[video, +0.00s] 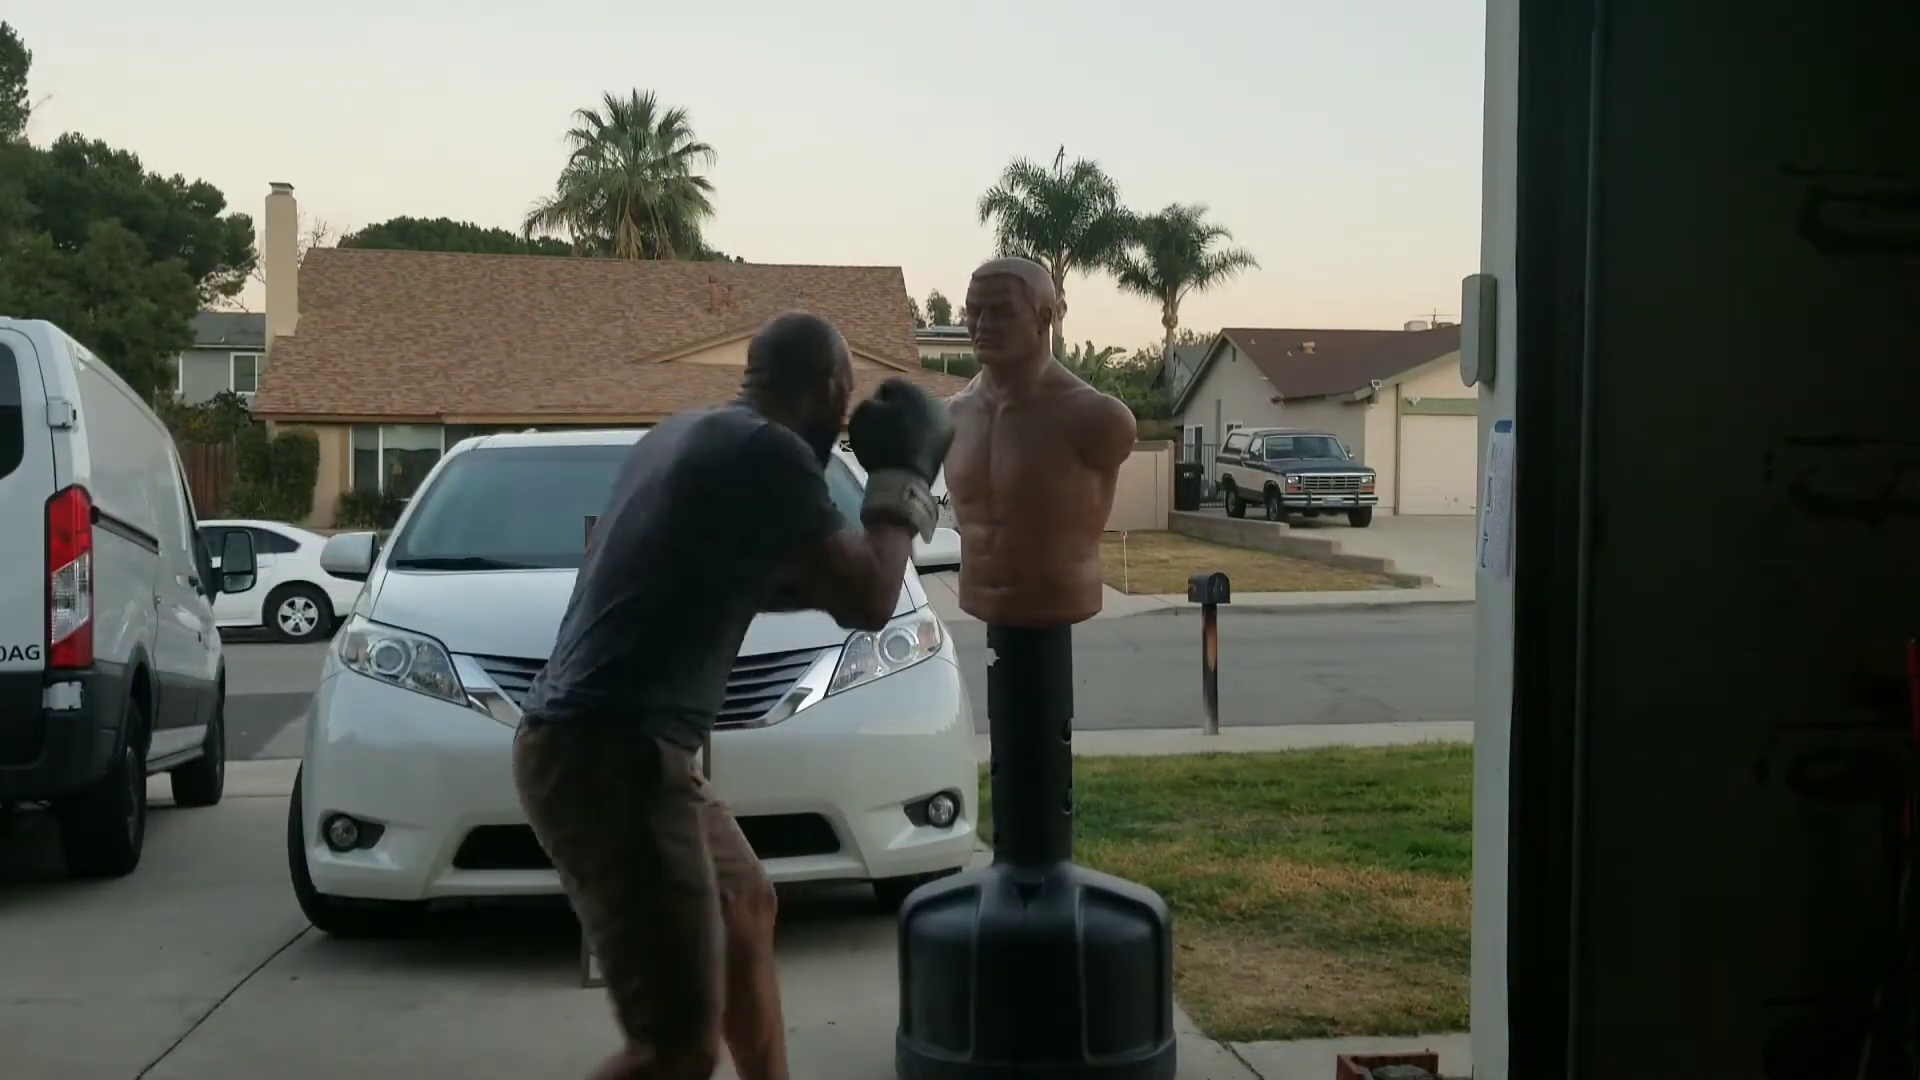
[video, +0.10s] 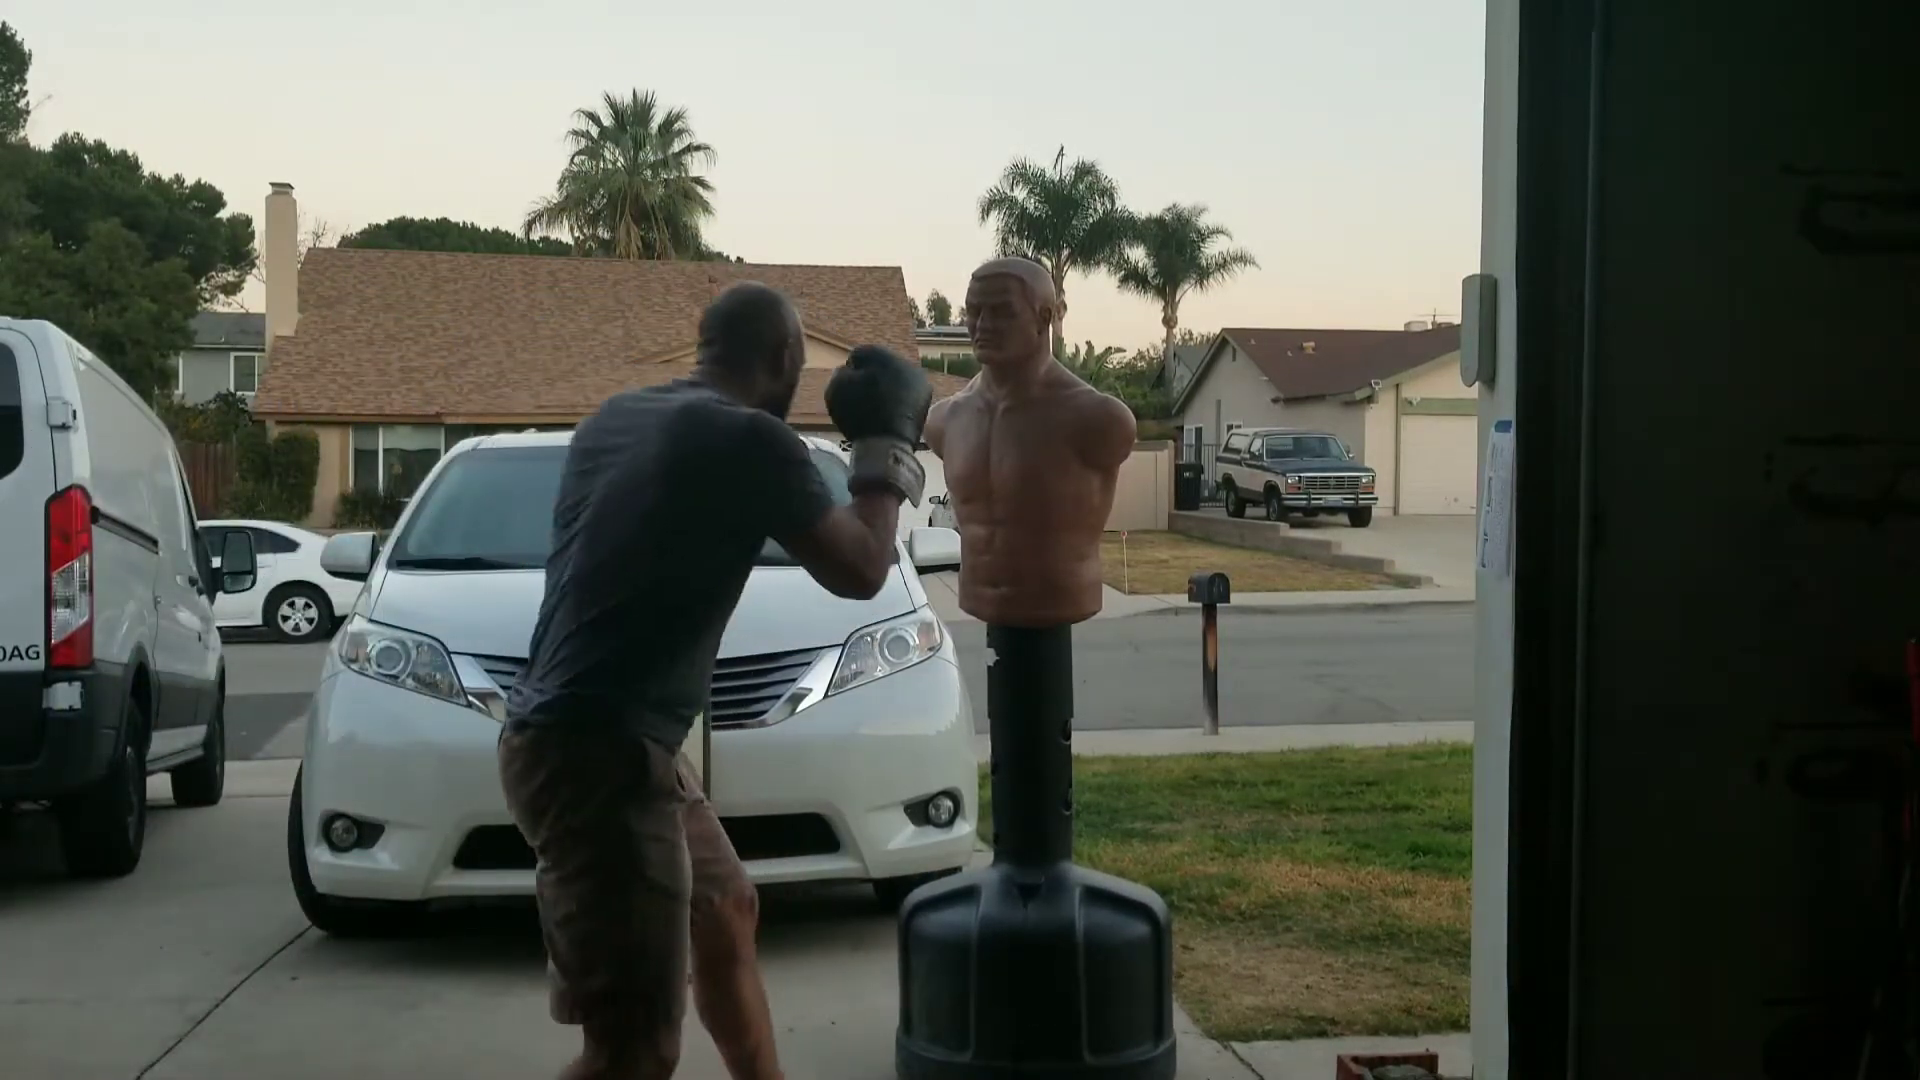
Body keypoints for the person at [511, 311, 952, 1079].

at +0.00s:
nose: (849, 405)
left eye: (850, 391)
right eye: (847, 388)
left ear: (752, 379)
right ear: (831, 389)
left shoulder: (682, 437)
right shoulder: (771, 454)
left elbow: (724, 583)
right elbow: (868, 598)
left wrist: (851, 571)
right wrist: (898, 472)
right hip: (614, 753)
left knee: (747, 901)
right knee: (677, 1049)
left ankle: (767, 1072)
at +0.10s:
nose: (796, 383)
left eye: (796, 367)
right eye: (796, 367)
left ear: (704, 352)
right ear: (779, 364)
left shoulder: (611, 418)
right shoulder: (750, 440)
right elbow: (861, 570)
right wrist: (879, 447)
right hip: (604, 749)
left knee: (725, 903)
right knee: (633, 1050)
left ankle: (761, 1072)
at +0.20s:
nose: (751, 366)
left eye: (756, 349)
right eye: (754, 347)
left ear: (654, 336)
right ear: (735, 342)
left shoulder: (560, 413)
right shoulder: (711, 425)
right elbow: (805, 578)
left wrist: (735, 442)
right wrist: (853, 483)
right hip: (593, 748)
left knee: (730, 880)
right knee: (620, 1046)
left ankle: (728, 1073)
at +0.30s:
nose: (736, 356)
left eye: (737, 342)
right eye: (733, 338)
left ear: (632, 333)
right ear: (711, 335)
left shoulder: (568, 409)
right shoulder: (658, 420)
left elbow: (637, 527)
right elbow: (753, 577)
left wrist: (717, 417)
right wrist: (801, 464)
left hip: (624, 736)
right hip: (567, 744)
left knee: (715, 895)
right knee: (586, 1034)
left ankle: (670, 1074)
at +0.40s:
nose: (738, 340)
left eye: (739, 324)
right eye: (733, 321)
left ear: (642, 317)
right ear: (700, 320)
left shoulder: (609, 392)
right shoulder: (627, 405)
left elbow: (685, 475)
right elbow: (759, 531)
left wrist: (749, 413)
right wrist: (810, 412)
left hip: (622, 718)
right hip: (546, 719)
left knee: (690, 890)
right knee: (564, 994)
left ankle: (663, 1075)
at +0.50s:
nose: (729, 360)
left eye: (730, 342)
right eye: (725, 340)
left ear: (632, 332)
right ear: (694, 337)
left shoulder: (566, 404)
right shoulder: (637, 413)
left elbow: (603, 537)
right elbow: (756, 540)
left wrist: (728, 458)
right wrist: (811, 428)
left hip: (619, 724)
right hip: (539, 730)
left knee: (725, 855)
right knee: (555, 1007)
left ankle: (674, 1066)